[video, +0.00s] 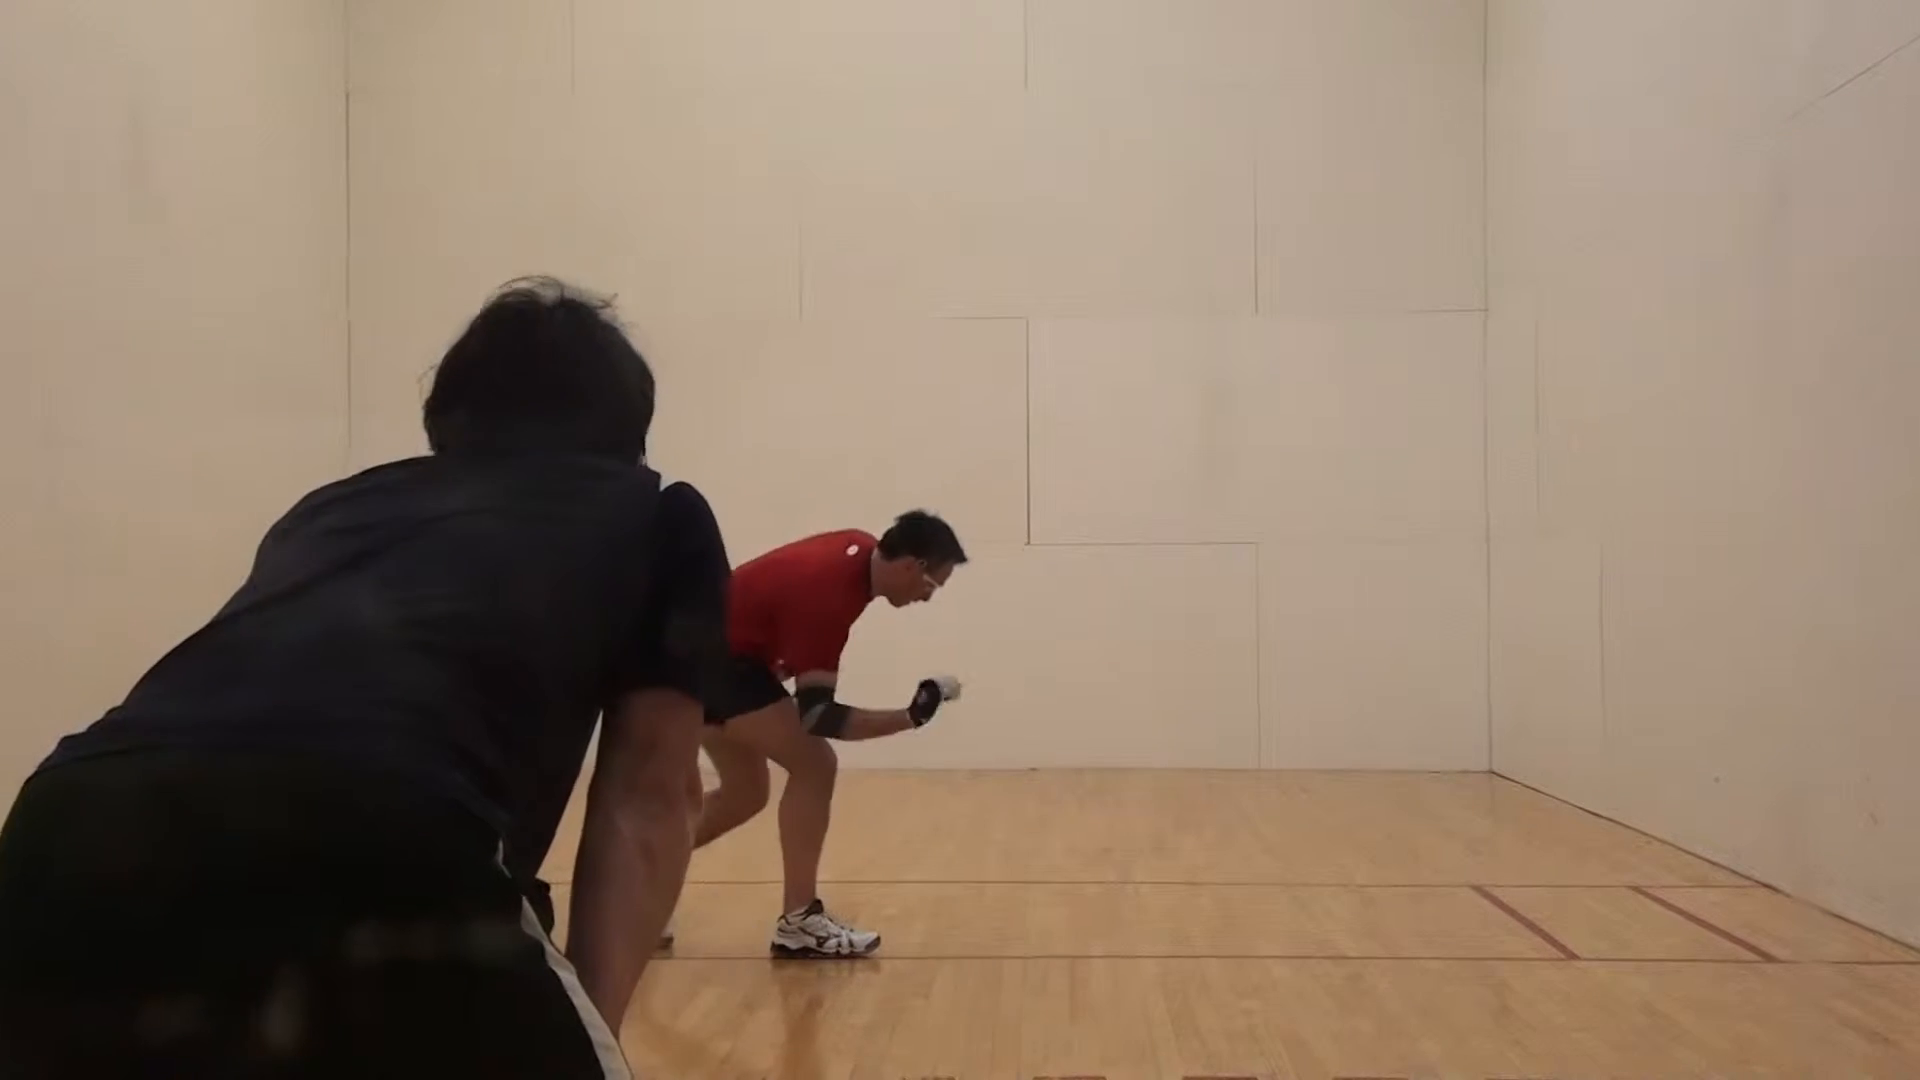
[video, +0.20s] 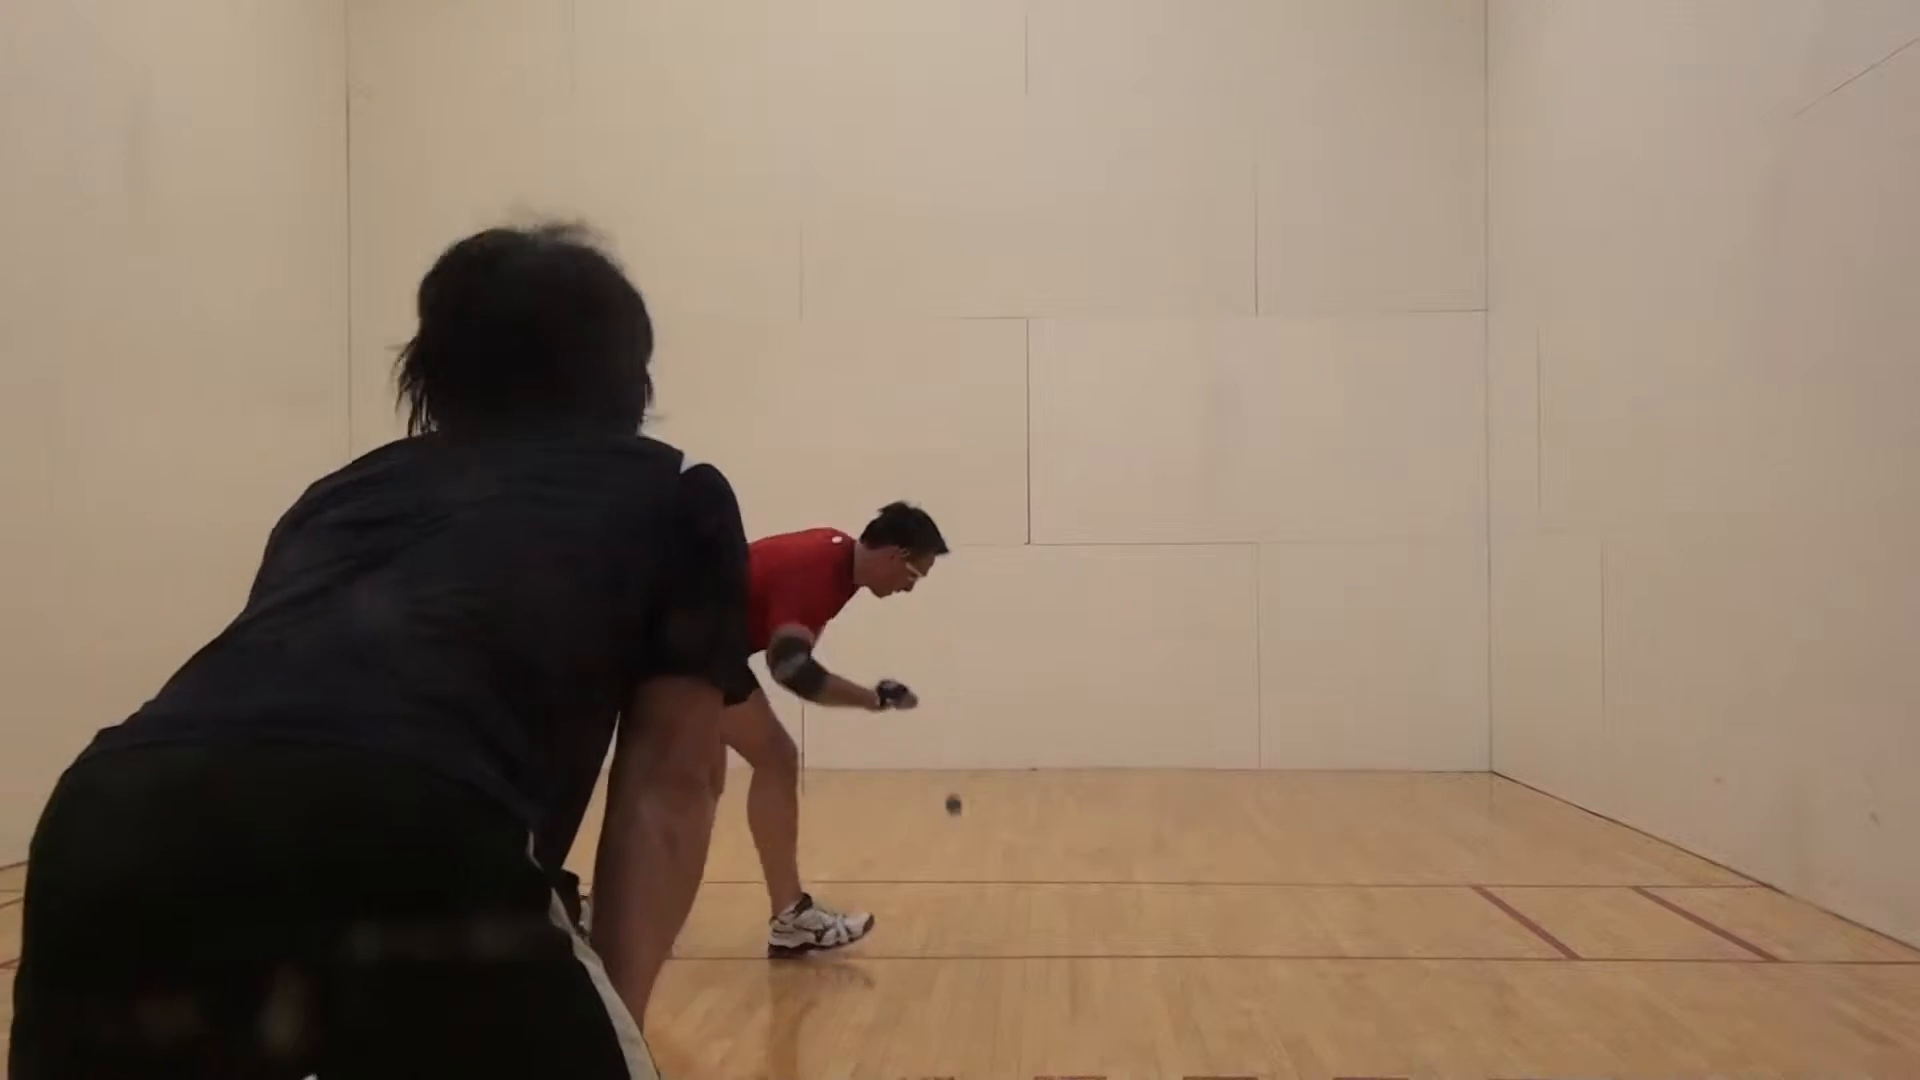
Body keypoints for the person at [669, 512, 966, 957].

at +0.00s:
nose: (929, 596)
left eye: (936, 587)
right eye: (932, 584)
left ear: (908, 561)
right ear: (910, 566)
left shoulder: (858, 546)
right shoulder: (829, 594)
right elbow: (818, 715)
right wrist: (910, 717)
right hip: (722, 663)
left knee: (743, 794)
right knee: (814, 764)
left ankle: (632, 868)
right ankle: (799, 917)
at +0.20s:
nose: (911, 587)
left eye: (917, 578)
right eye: (914, 574)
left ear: (888, 550)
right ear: (891, 553)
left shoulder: (834, 552)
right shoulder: (824, 567)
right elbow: (789, 664)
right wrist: (870, 697)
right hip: (703, 646)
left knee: (703, 779)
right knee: (776, 757)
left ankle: (647, 912)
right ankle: (790, 914)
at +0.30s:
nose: (912, 573)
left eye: (919, 565)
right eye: (912, 560)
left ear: (889, 543)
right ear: (887, 539)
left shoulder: (856, 579)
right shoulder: (813, 551)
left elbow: (825, 659)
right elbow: (794, 610)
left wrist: (840, 635)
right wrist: (863, 646)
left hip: (719, 642)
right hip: (706, 638)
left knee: (711, 772)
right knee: (770, 752)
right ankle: (743, 904)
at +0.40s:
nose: (916, 575)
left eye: (922, 567)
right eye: (919, 562)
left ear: (897, 546)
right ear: (897, 543)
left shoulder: (860, 602)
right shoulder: (822, 539)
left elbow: (867, 678)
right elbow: (802, 544)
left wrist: (858, 647)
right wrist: (873, 595)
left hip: (725, 667)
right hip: (704, 651)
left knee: (709, 775)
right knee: (765, 768)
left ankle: (624, 888)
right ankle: (720, 910)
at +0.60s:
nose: (924, 607)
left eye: (930, 598)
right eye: (927, 594)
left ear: (905, 582)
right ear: (906, 574)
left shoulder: (869, 635)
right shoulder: (842, 554)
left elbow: (896, 712)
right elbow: (837, 497)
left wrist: (922, 783)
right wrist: (907, 540)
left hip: (756, 678)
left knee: (784, 777)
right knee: (786, 776)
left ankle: (724, 904)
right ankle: (725, 907)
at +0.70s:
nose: (932, 630)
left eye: (938, 623)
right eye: (935, 618)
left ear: (913, 599)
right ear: (915, 595)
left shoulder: (876, 666)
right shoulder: (857, 571)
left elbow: (890, 739)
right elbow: (855, 496)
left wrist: (903, 814)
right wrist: (919, 548)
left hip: (776, 694)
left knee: (794, 781)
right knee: (786, 785)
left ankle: (777, 853)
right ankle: (728, 914)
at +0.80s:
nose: (944, 658)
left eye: (952, 652)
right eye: (948, 647)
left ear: (929, 628)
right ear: (928, 627)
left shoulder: (888, 675)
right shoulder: (871, 604)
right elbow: (876, 539)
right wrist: (946, 579)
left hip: (796, 697)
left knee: (799, 786)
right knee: (778, 807)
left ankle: (812, 860)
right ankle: (728, 915)